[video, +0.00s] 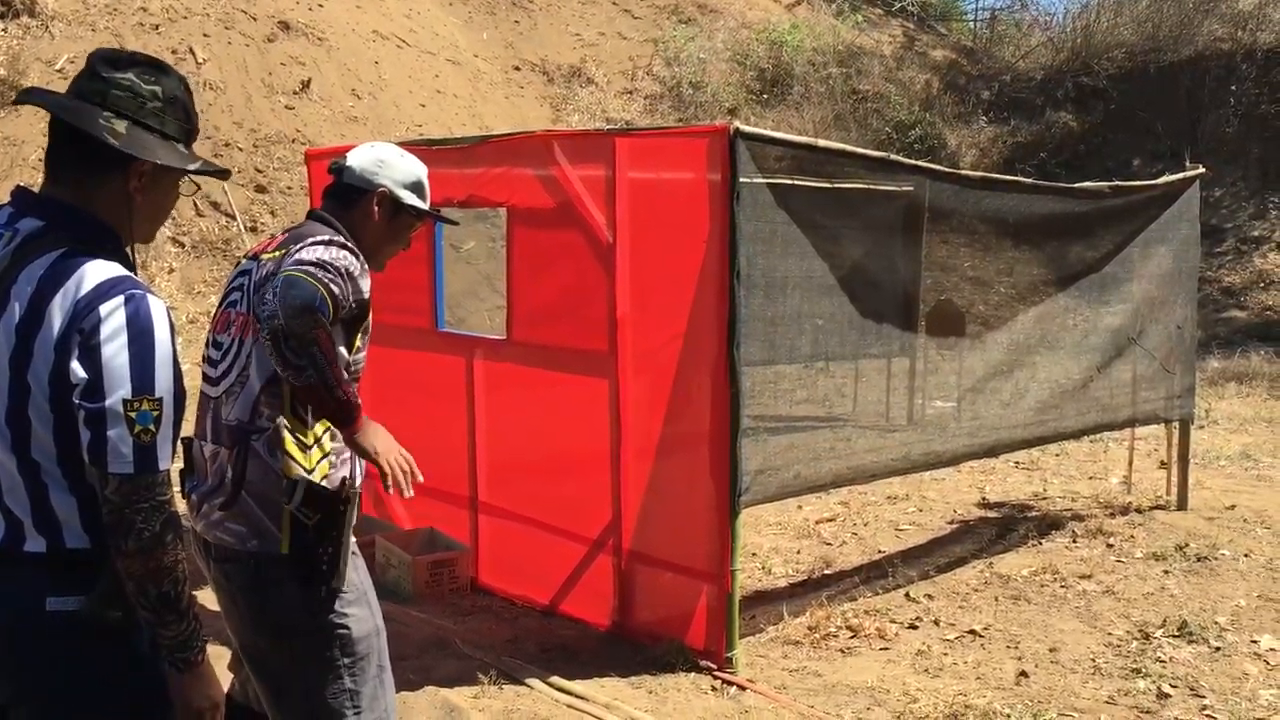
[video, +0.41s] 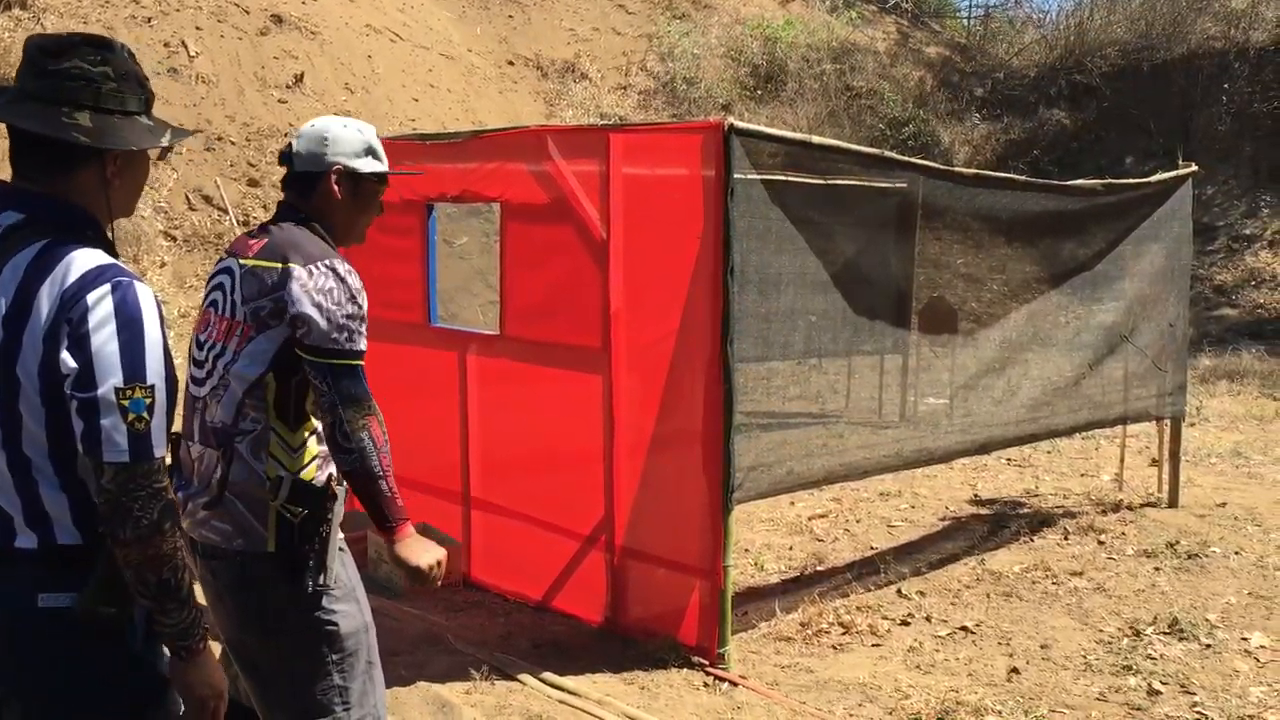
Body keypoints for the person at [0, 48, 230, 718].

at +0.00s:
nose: (175, 201)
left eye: (180, 183)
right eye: (177, 182)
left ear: (62, 150)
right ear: (138, 179)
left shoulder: (8, 239)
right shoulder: (121, 310)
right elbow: (139, 523)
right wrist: (189, 657)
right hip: (78, 617)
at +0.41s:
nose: (150, 164)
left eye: (149, 148)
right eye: (145, 149)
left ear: (24, 145)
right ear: (113, 161)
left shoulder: (6, 248)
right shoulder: (106, 299)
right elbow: (137, 509)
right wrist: (193, 643)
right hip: (75, 612)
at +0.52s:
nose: (138, 164)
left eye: (141, 147)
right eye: (135, 148)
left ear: (14, 149)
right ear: (99, 160)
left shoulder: (11, 258)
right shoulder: (98, 293)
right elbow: (141, 507)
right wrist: (201, 641)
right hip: (76, 618)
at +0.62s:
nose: (131, 158)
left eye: (134, 143)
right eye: (124, 144)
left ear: (12, 147)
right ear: (87, 159)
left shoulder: (7, 247)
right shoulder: (91, 292)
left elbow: (70, 194)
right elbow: (141, 503)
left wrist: (164, 146)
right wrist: (208, 637)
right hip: (76, 611)